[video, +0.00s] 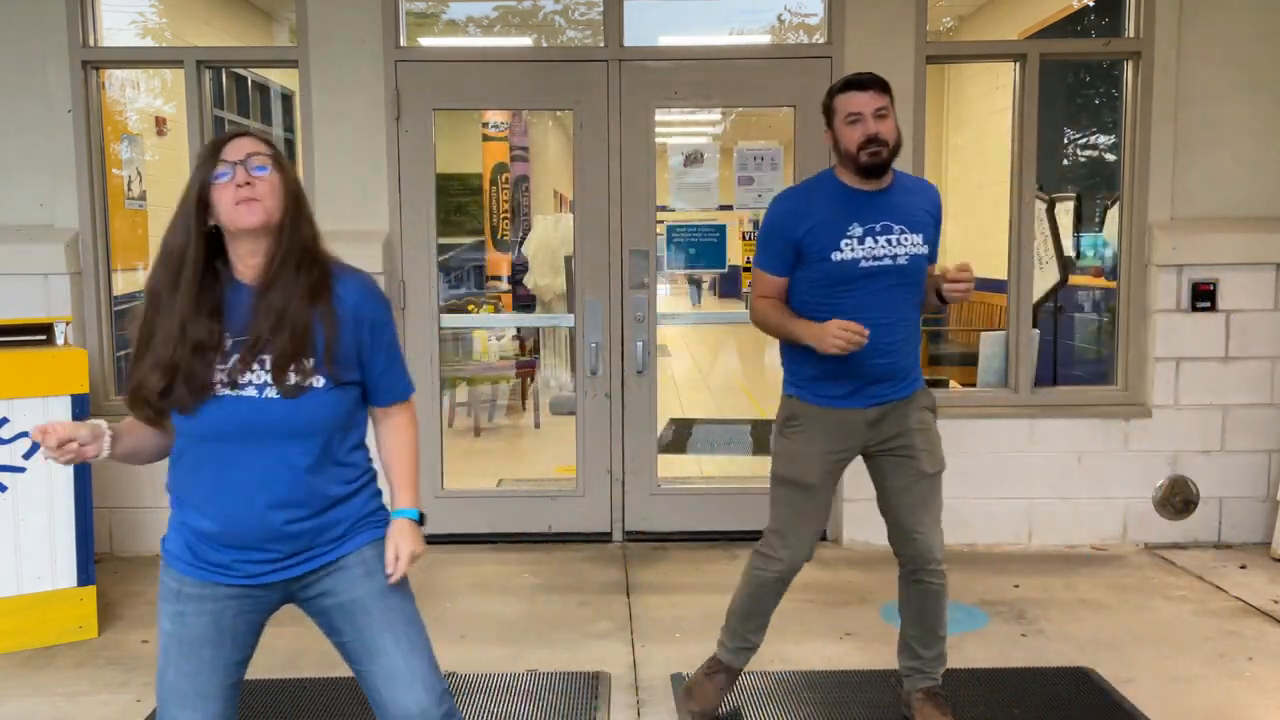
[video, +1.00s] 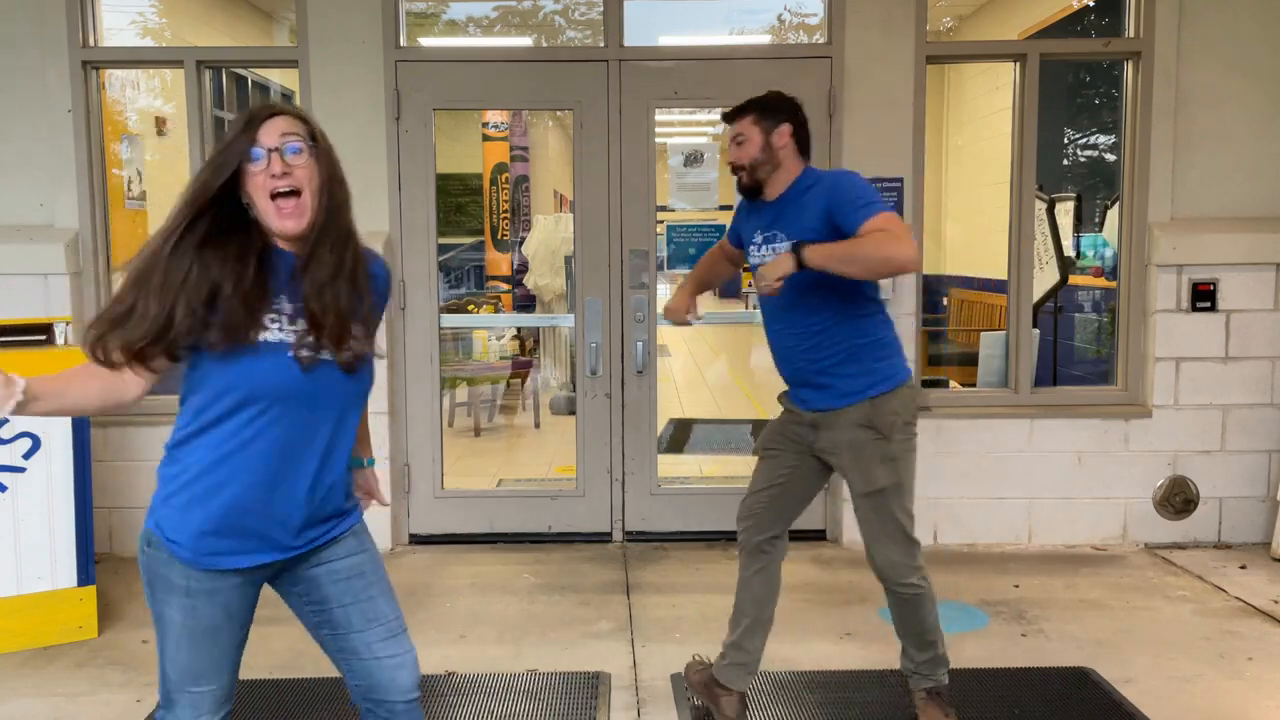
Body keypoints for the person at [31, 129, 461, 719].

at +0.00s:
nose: (243, 178)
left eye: (259, 166)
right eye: (225, 171)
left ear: (288, 191)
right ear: (207, 204)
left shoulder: (350, 297)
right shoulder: (183, 303)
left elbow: (393, 408)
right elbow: (162, 428)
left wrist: (406, 513)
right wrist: (103, 439)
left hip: (342, 547)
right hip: (210, 559)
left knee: (419, 707)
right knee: (188, 713)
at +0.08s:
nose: (218, 176)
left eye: (235, 165)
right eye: (199, 169)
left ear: (262, 191)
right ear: (179, 202)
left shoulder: (322, 293)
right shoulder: (155, 300)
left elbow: (368, 400)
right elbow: (124, 429)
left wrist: (380, 503)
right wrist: (74, 414)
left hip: (321, 533)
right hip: (194, 551)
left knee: (396, 698)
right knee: (180, 713)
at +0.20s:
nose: (195, 165)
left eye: (211, 152)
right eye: (176, 156)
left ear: (237, 176)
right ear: (154, 187)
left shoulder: (299, 273)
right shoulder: (134, 288)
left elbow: (357, 375)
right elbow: (80, 417)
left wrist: (384, 478)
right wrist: (36, 354)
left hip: (306, 516)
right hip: (181, 537)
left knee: (356, 688)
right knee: (188, 711)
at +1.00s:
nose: (277, 165)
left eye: (293, 149)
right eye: (258, 156)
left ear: (325, 171)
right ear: (239, 189)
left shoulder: (364, 278)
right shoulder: (211, 273)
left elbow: (350, 381)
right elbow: (127, 373)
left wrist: (360, 462)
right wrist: (24, 393)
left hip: (321, 526)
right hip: (205, 538)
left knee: (396, 689)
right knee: (196, 709)